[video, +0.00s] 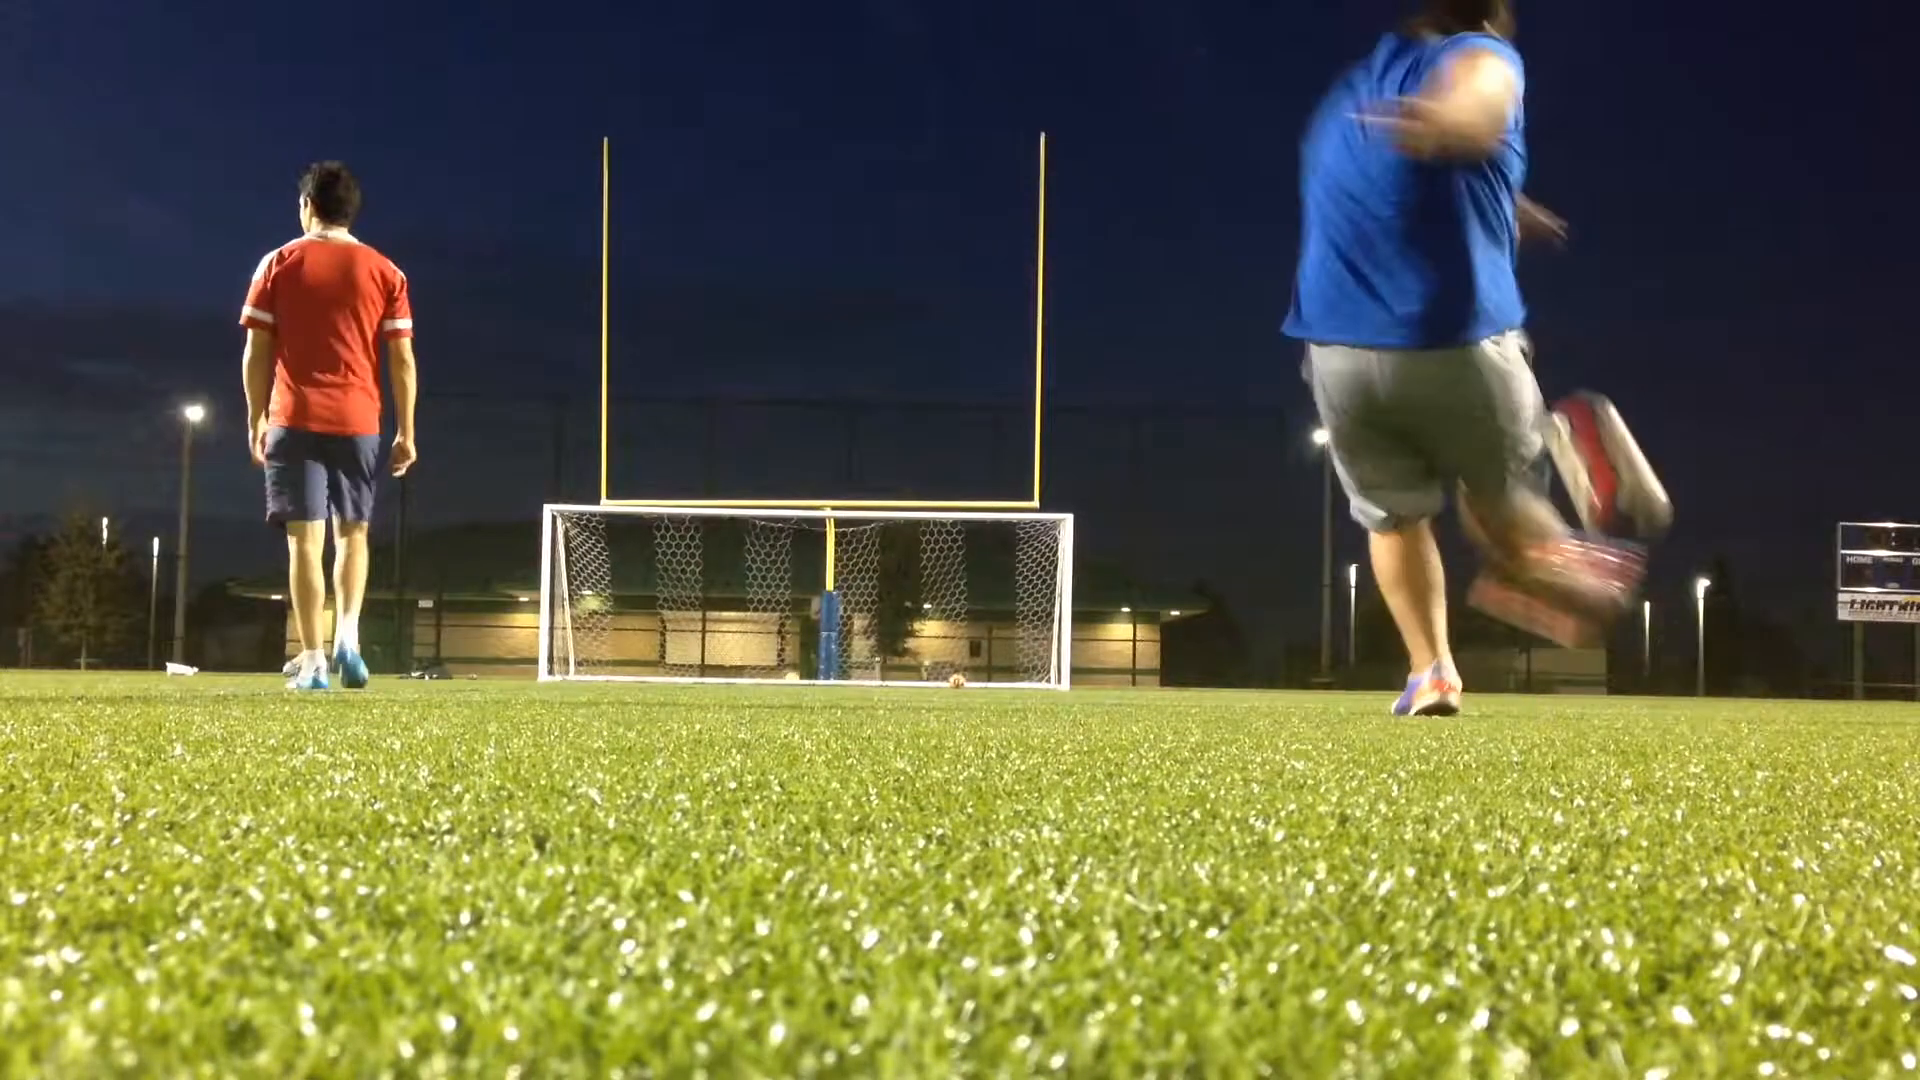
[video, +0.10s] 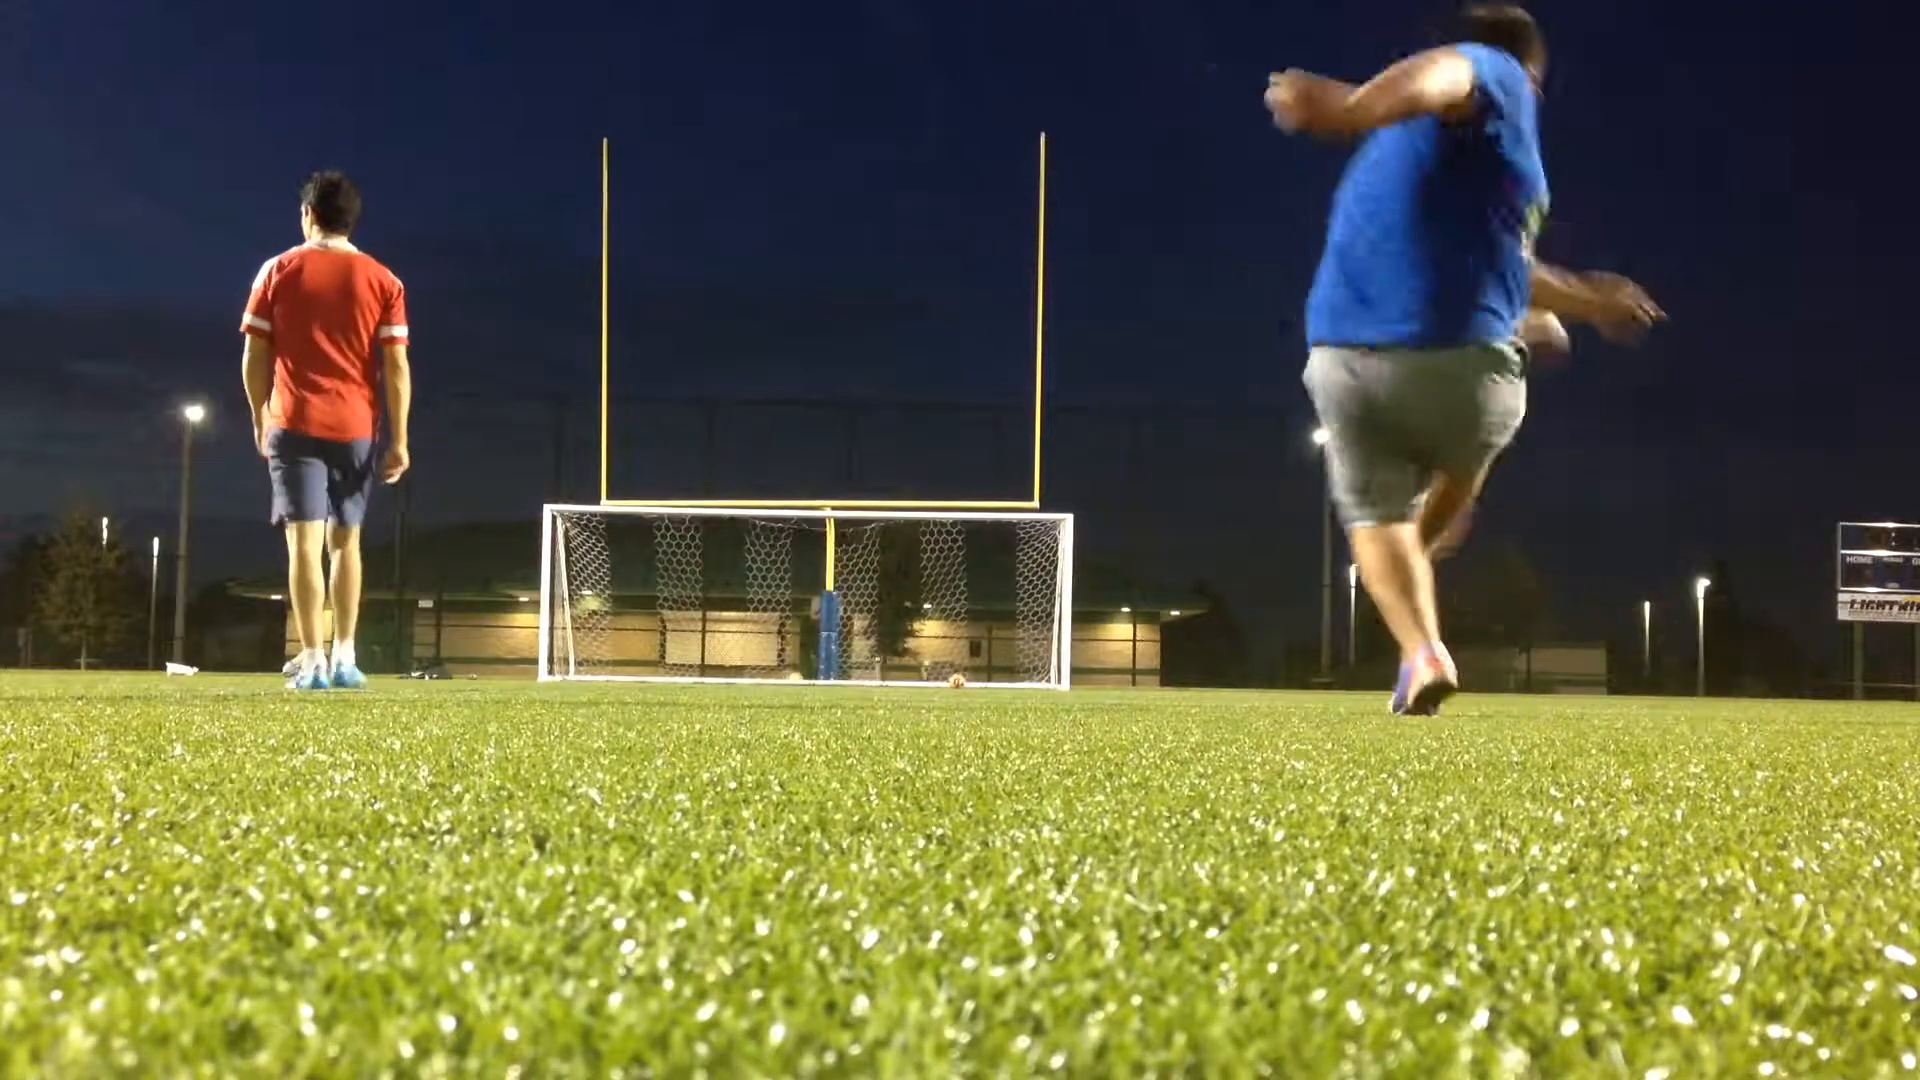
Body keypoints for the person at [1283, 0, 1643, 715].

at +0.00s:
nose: (1508, 23)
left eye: (1507, 18)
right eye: (1505, 16)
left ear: (1412, 16)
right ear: (1489, 15)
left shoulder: (1350, 85)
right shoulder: (1483, 55)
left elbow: (1384, 186)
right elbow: (1467, 115)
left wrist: (1500, 208)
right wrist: (1438, 130)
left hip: (1342, 355)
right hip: (1460, 351)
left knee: (1392, 515)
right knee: (1504, 502)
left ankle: (1432, 673)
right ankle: (1562, 564)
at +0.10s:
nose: (1539, 87)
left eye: (1538, 77)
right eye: (1538, 75)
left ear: (1467, 41)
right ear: (1525, 62)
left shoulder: (1401, 132)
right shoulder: (1501, 73)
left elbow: (1489, 262)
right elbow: (1435, 76)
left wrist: (1589, 297)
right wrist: (1348, 106)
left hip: (1345, 357)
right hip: (1464, 364)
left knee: (1375, 512)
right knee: (1463, 470)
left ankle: (1422, 653)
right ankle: (1406, 552)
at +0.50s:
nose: (1616, 206)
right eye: (1616, 197)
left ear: (1535, 183)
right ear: (1612, 195)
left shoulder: (1465, 241)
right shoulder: (1615, 242)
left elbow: (1427, 340)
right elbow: (1685, 334)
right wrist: (1688, 454)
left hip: (1400, 428)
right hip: (1512, 432)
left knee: (1402, 574)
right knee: (1553, 557)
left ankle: (1423, 630)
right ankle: (1466, 682)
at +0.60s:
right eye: (1628, 183)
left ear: (1543, 170)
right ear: (1623, 180)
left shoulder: (1477, 231)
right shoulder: (1635, 221)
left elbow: (1421, 339)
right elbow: (1703, 305)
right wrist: (1689, 424)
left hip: (1425, 418)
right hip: (1539, 422)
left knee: (1418, 567)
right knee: (1558, 556)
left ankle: (1434, 637)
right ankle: (1466, 684)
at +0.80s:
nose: (1684, 114)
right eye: (1681, 105)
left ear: (1590, 105)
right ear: (1672, 104)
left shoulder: (1520, 180)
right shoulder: (1689, 145)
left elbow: (1479, 305)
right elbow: (1744, 239)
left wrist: (1525, 371)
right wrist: (1768, 356)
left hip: (1513, 380)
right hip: (1634, 376)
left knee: (1470, 535)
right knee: (1690, 502)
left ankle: (1439, 652)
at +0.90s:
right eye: (1726, 84)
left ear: (1630, 85)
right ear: (1719, 85)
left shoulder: (1557, 167)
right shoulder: (1744, 133)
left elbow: (1523, 291)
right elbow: (1819, 234)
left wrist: (1589, 345)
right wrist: (1852, 345)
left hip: (1556, 364)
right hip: (1692, 362)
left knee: (1500, 534)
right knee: (1774, 498)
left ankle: (1437, 665)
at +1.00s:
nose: (1701, 66)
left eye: (1706, 53)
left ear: (1715, 56)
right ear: (1805, 54)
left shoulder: (1644, 139)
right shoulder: (1850, 104)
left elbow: (1602, 270)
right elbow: (1906, 207)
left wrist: (1707, 272)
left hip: (1660, 350)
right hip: (1806, 343)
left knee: (1571, 526)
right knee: (1854, 520)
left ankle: (1478, 660)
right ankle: (1872, 688)